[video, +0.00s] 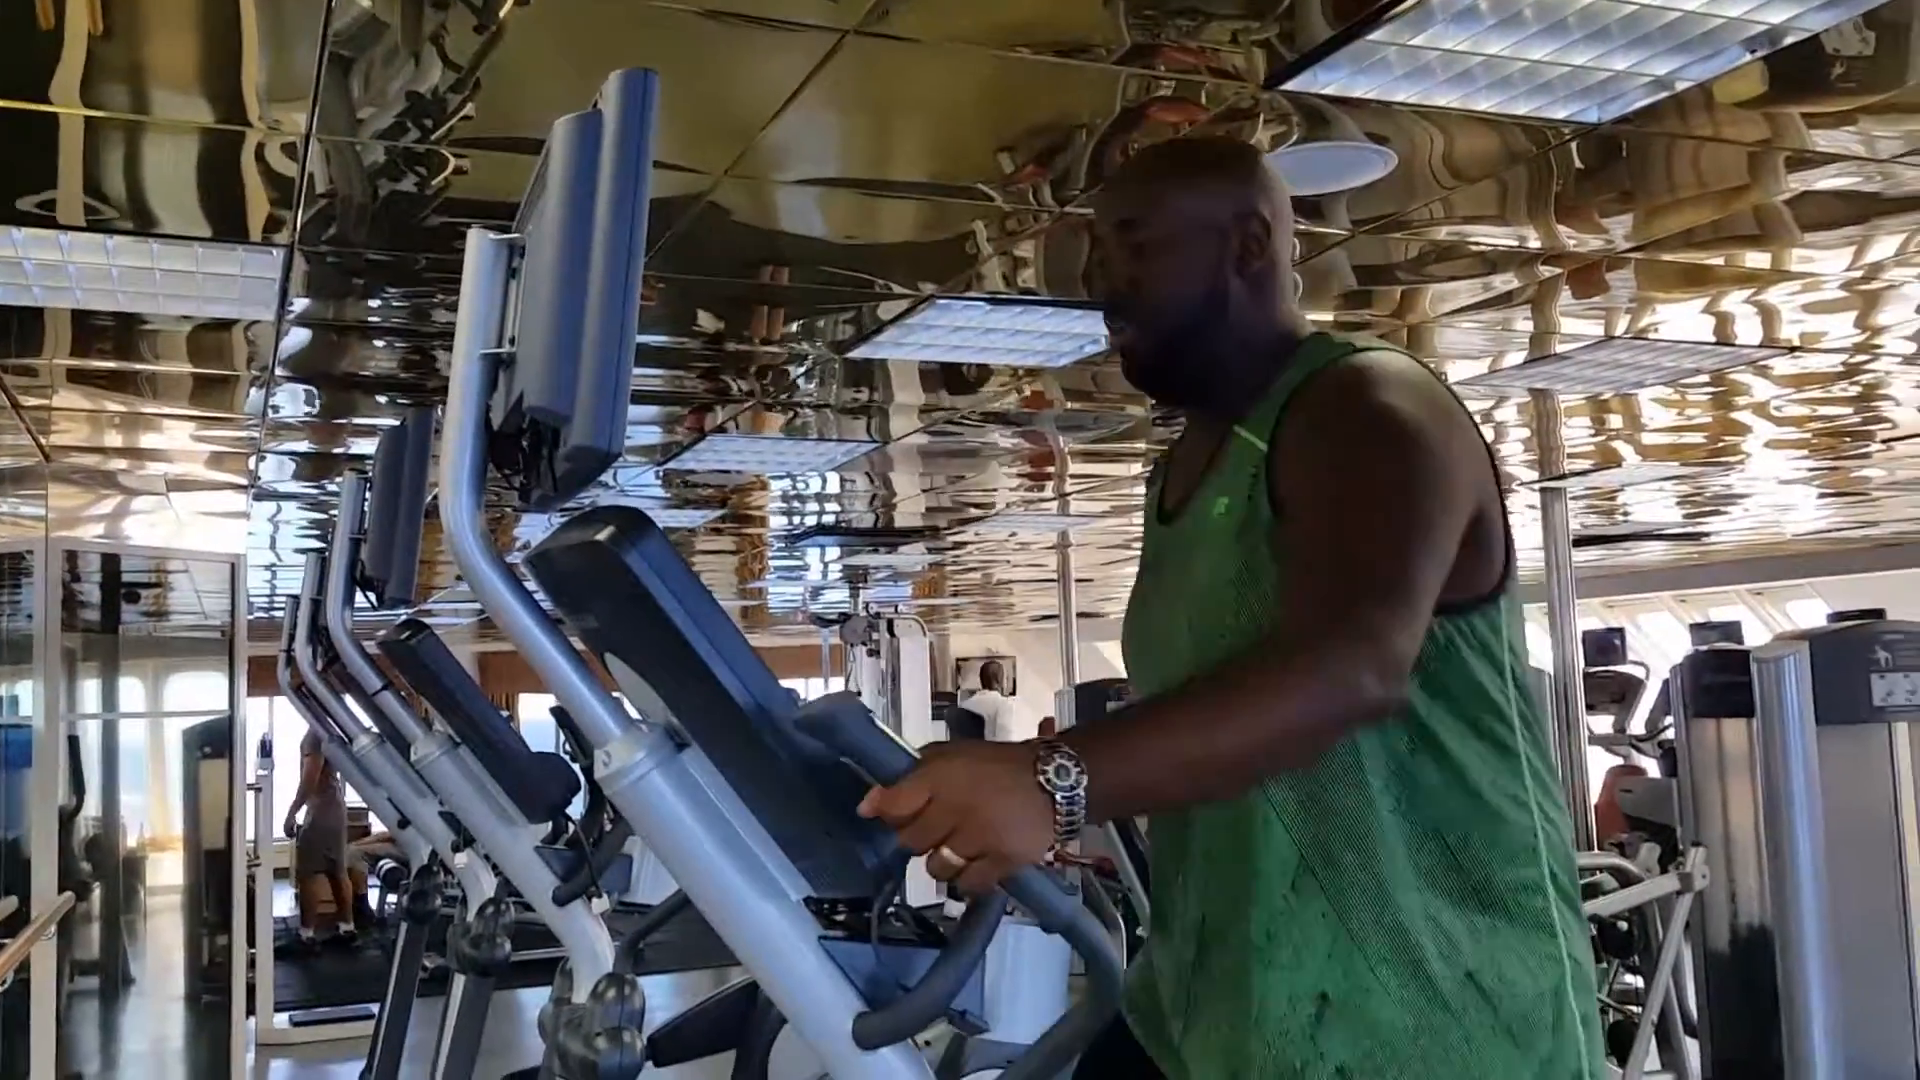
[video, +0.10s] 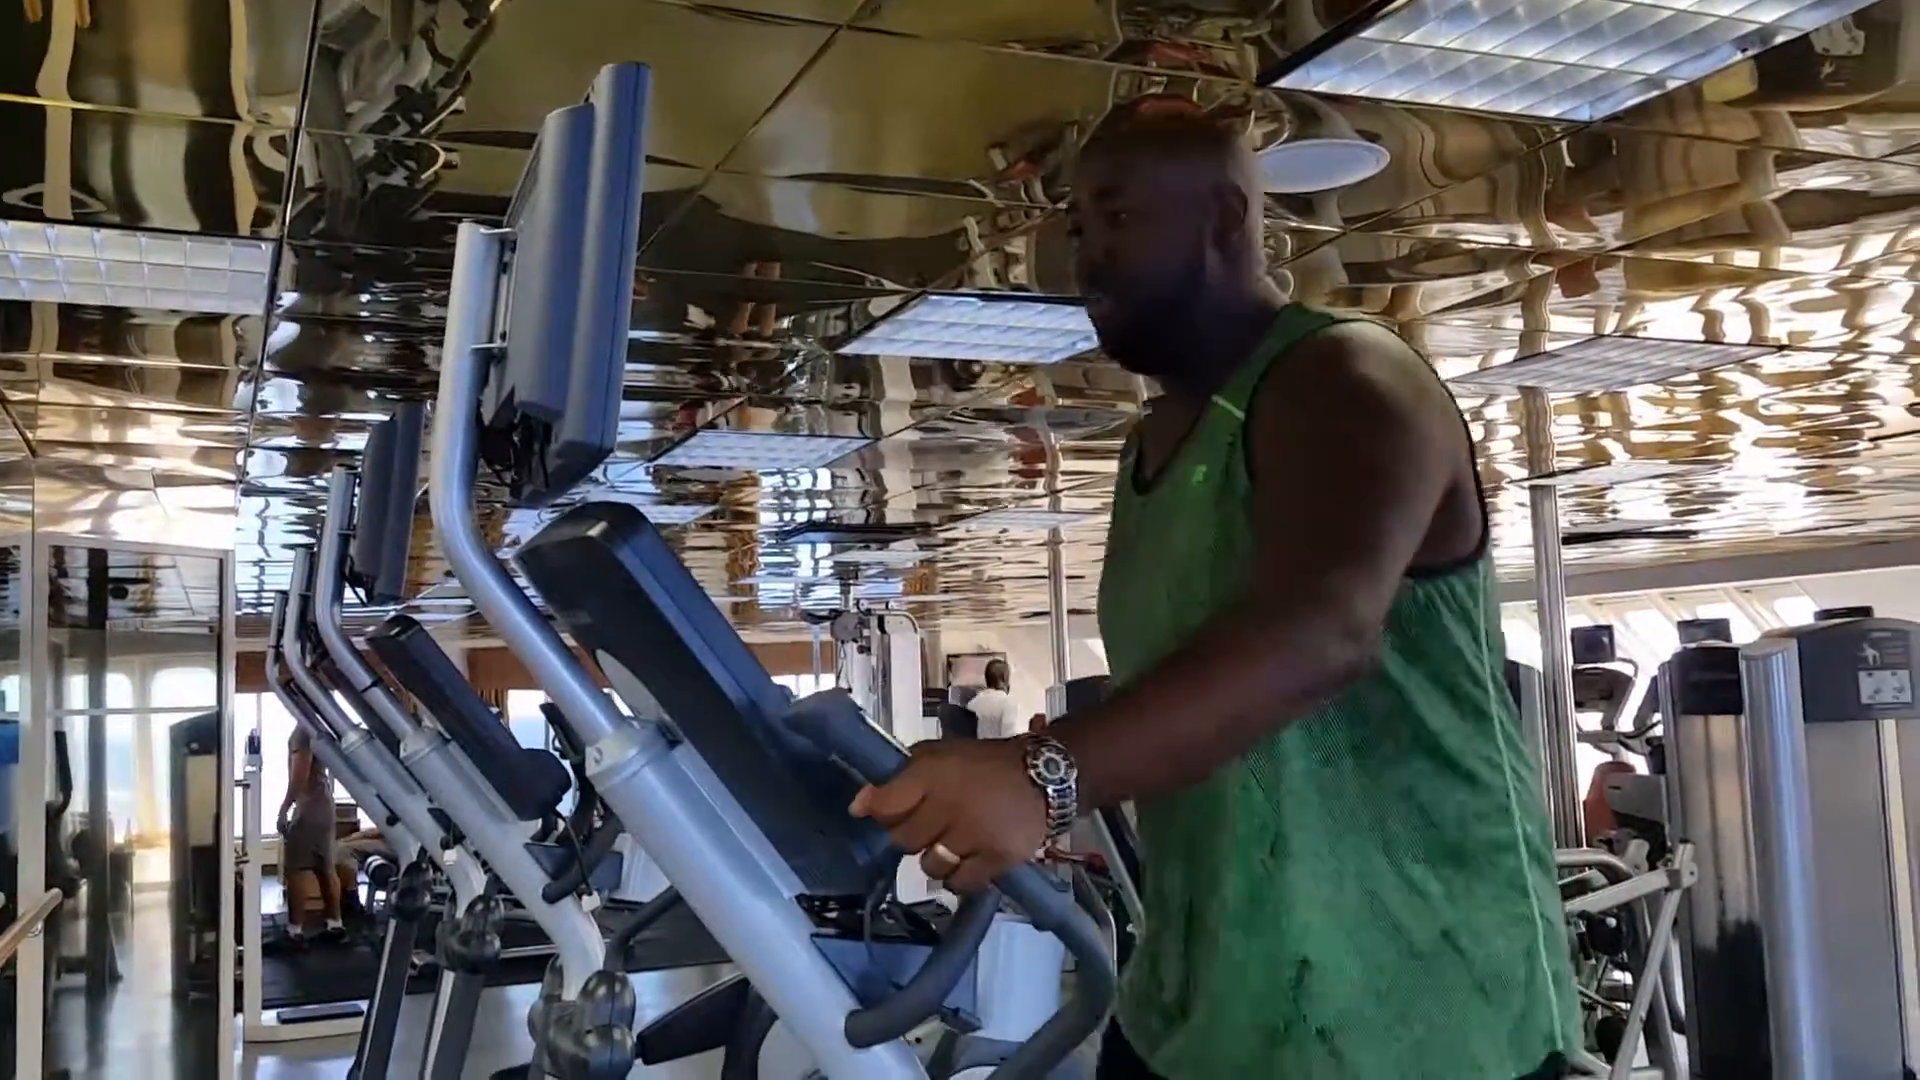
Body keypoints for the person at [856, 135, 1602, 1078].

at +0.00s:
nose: (1103, 286)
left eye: (1136, 246)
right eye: (1102, 255)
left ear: (1248, 245)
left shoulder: (1377, 409)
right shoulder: (1188, 456)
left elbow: (1360, 661)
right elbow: (1225, 702)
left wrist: (1062, 784)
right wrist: (1055, 772)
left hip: (1418, 1024)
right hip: (1231, 1009)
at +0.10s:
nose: (1087, 252)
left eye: (1116, 216)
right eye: (1079, 227)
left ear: (1223, 218)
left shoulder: (1355, 380)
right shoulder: (1159, 434)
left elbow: (1325, 629)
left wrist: (1050, 774)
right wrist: (1089, 735)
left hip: (1399, 1002)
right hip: (1214, 992)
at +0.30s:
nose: (1074, 291)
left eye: (1107, 253)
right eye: (1070, 260)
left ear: (1219, 261)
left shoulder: (1340, 424)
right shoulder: (1110, 485)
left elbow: (1369, 674)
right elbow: (1102, 681)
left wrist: (1123, 773)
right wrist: (952, 773)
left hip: (1356, 1014)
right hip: (1176, 1015)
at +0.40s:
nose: (1076, 333)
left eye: (1109, 291)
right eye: (1071, 303)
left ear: (1217, 299)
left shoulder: (1342, 461)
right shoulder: (1098, 526)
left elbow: (1460, 715)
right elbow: (1044, 730)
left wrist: (1217, 793)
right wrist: (858, 761)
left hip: (1346, 1023)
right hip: (1157, 1025)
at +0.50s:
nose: (1078, 321)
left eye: (1110, 286)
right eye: (1071, 293)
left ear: (1218, 295)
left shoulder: (1351, 453)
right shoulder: (1089, 528)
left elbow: (1528, 700)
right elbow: (995, 724)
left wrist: (1317, 820)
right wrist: (789, 758)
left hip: (1353, 1002)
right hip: (1159, 1008)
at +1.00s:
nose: (1145, 276)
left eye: (1192, 236)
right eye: (1127, 255)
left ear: (1283, 265)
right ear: (1110, 290)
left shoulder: (1388, 460)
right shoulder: (1139, 512)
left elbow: (1517, 738)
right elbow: (1052, 712)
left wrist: (1210, 803)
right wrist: (842, 756)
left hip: (1407, 1046)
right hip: (1168, 1044)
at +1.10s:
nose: (1166, 286)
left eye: (1211, 247)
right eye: (1140, 262)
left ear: (1292, 279)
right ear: (1120, 295)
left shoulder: (1394, 459)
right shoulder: (1167, 496)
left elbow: (1432, 743)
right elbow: (1150, 696)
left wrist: (1118, 784)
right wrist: (980, 750)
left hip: (1396, 1037)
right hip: (1191, 1032)